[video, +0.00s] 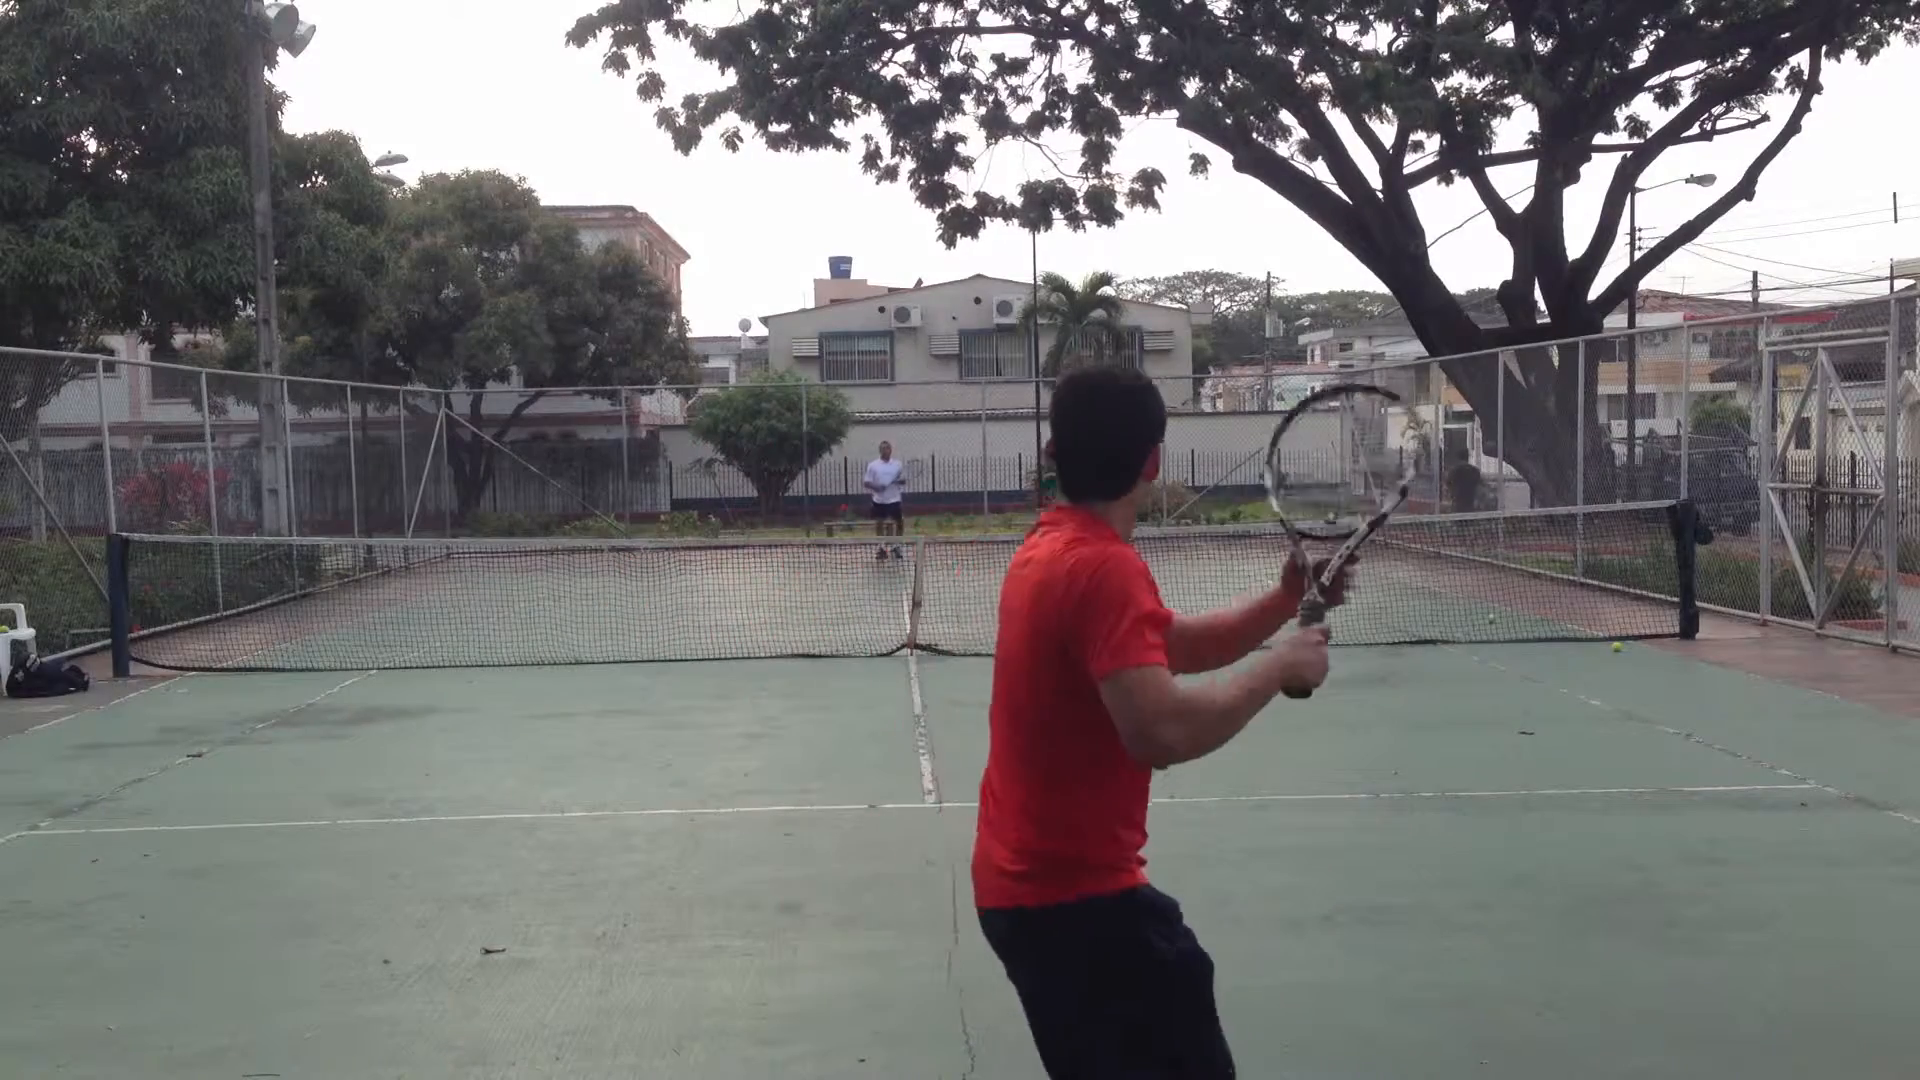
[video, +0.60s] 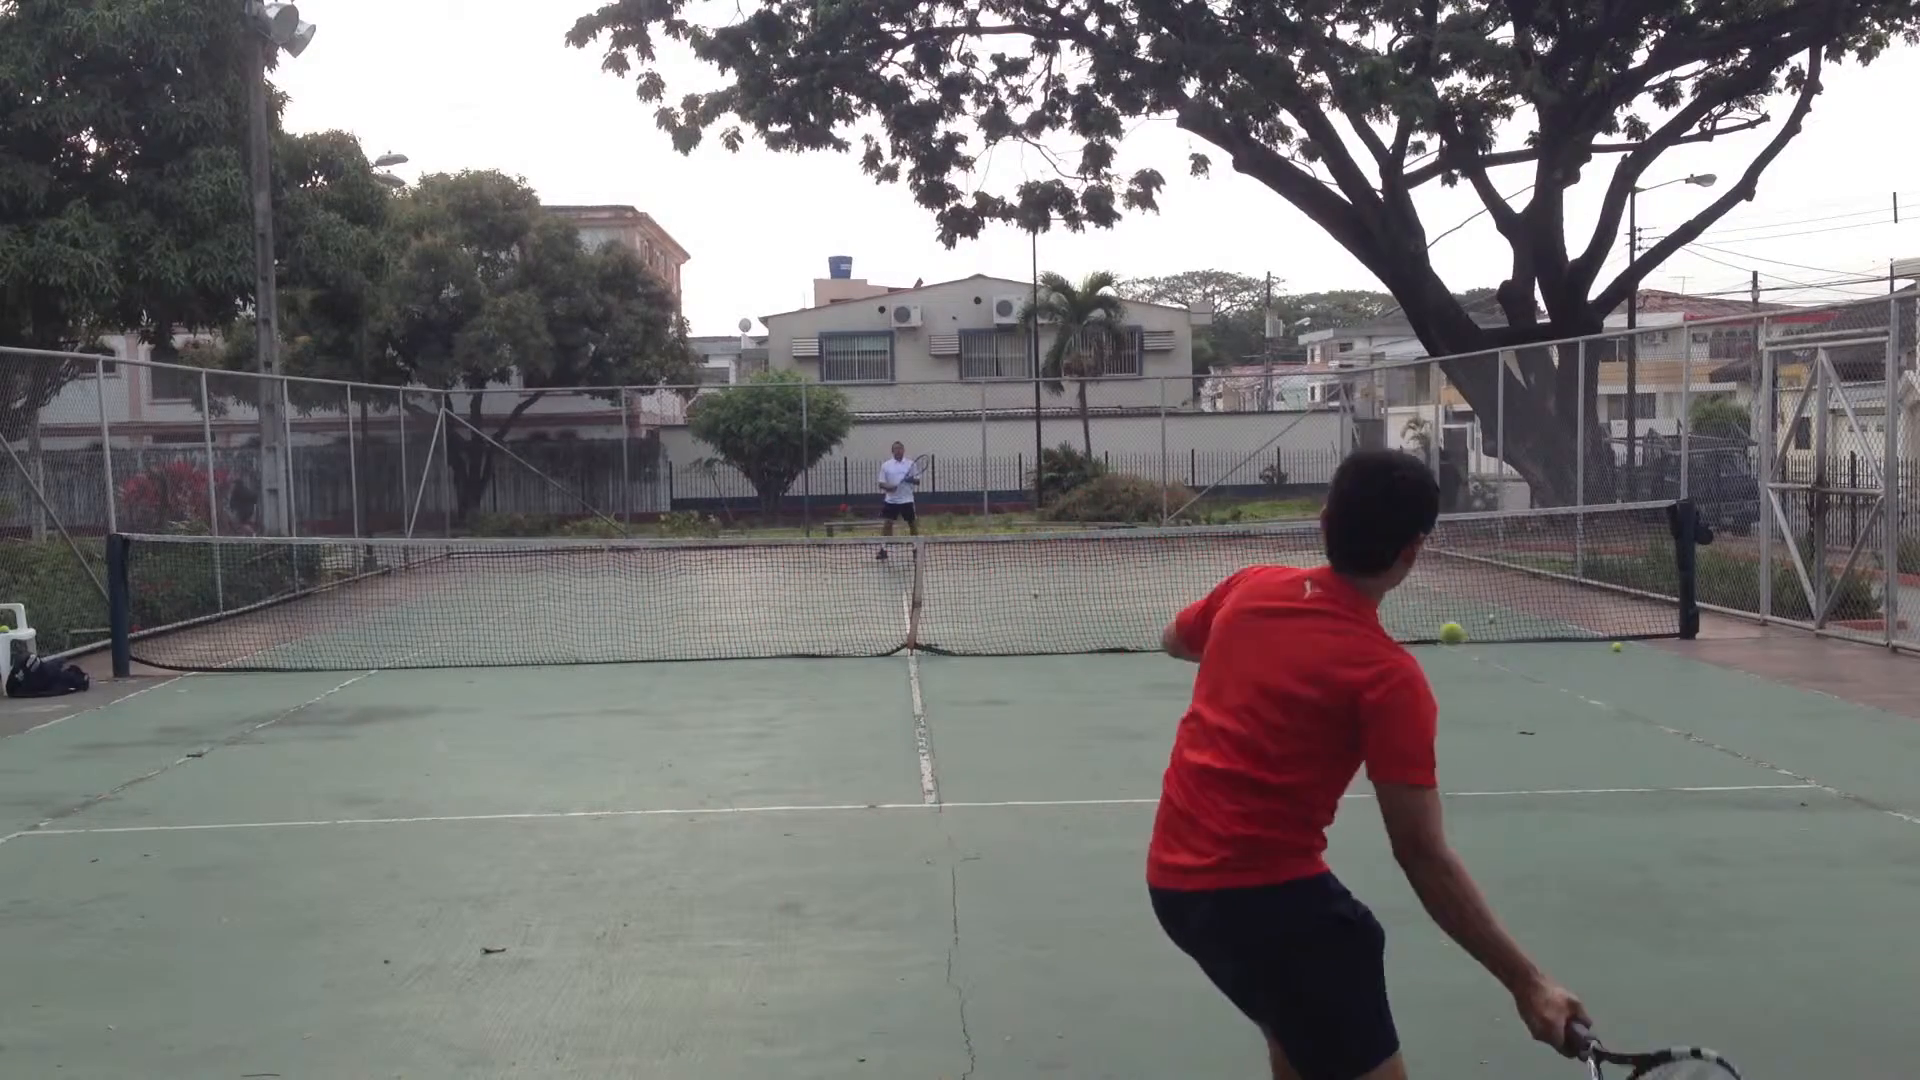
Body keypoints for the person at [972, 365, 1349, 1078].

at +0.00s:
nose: (1160, 458)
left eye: (1157, 443)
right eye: (1159, 445)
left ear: (1059, 452)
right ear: (1150, 460)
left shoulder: (1045, 550)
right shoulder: (1102, 567)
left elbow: (1178, 646)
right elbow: (1157, 731)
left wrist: (1283, 600)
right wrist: (1275, 668)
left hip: (1029, 886)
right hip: (1081, 895)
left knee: (1097, 1062)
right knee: (1189, 1062)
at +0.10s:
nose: (1208, 448)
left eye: (1207, 432)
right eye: (1209, 433)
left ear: (1111, 438)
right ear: (1200, 450)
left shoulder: (1115, 532)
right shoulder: (1134, 548)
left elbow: (1253, 610)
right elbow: (1155, 706)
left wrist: (1347, 566)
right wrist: (1307, 645)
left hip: (1069, 859)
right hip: (1117, 865)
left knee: (1125, 1064)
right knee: (1242, 1064)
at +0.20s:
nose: (1261, 446)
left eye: (1254, 428)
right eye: (1260, 431)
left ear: (1158, 433)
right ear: (1248, 449)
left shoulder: (1164, 524)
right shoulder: (1176, 544)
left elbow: (1291, 595)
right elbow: (1167, 702)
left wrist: (1387, 562)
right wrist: (1334, 657)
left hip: (1123, 844)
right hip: (1153, 851)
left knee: (1195, 1054)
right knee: (1263, 1061)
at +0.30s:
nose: (1299, 470)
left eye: (1291, 452)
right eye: (1299, 456)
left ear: (1197, 455)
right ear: (1288, 472)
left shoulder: (1183, 542)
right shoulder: (1218, 568)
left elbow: (1311, 607)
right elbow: (1199, 725)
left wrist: (1415, 578)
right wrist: (1370, 714)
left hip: (1149, 855)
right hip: (1189, 864)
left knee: (1254, 1035)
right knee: (1315, 1055)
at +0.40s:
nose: (1344, 487)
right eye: (1344, 474)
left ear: (1240, 472)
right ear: (1334, 490)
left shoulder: (1206, 554)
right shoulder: (1269, 593)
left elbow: (1317, 616)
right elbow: (1262, 755)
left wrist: (1433, 601)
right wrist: (1416, 802)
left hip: (1153, 859)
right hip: (1210, 872)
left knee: (1268, 1024)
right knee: (1336, 1055)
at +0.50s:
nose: (1383, 520)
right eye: (1385, 507)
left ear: (1291, 494)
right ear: (1374, 524)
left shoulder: (1235, 570)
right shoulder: (1333, 633)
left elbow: (1298, 618)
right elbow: (1344, 802)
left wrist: (1392, 623)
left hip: (1158, 867)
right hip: (1236, 880)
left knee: (1271, 1031)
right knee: (1355, 1062)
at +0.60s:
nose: (1421, 550)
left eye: (1421, 535)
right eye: (1423, 538)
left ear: (1329, 521)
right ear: (1410, 552)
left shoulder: (1251, 587)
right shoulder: (1386, 675)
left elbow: (1178, 637)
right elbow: (1422, 854)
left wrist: (1267, 639)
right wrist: (1528, 983)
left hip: (1180, 881)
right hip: (1272, 892)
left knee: (1294, 1035)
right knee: (1373, 1066)